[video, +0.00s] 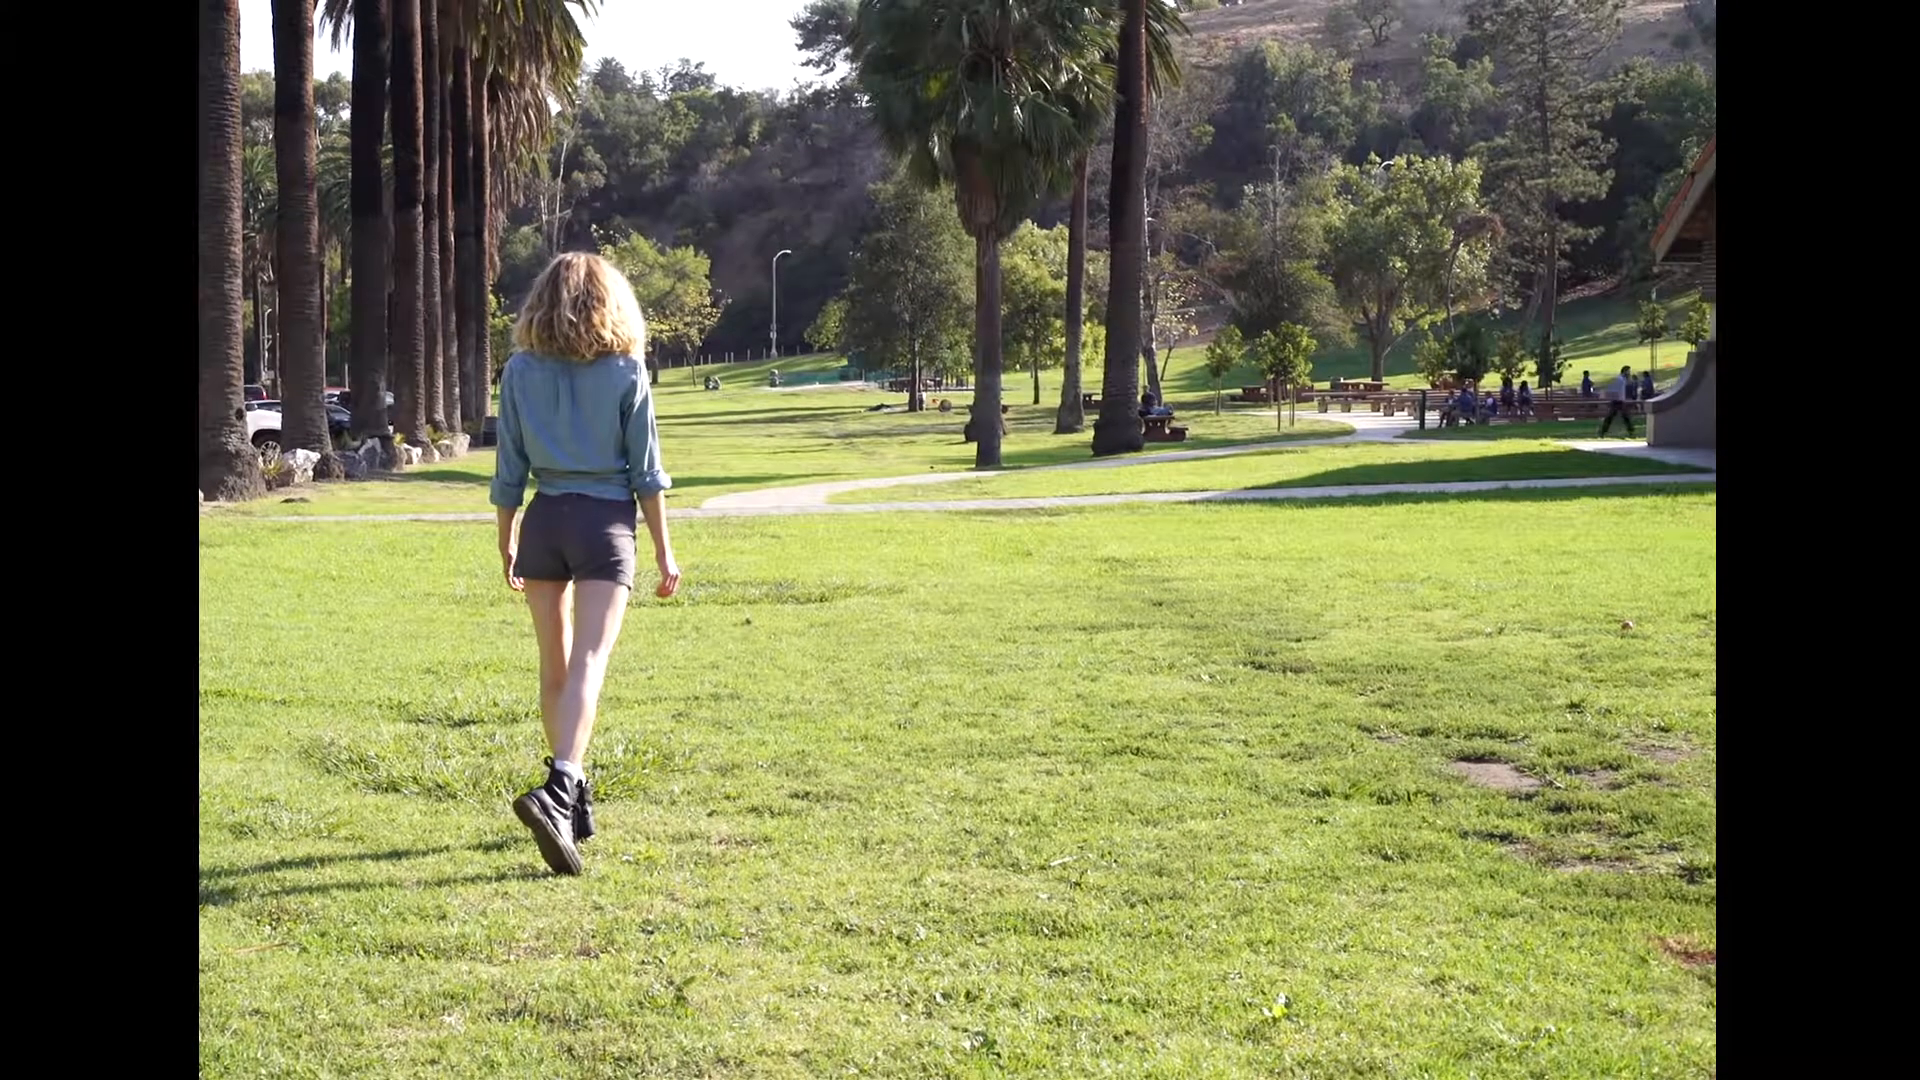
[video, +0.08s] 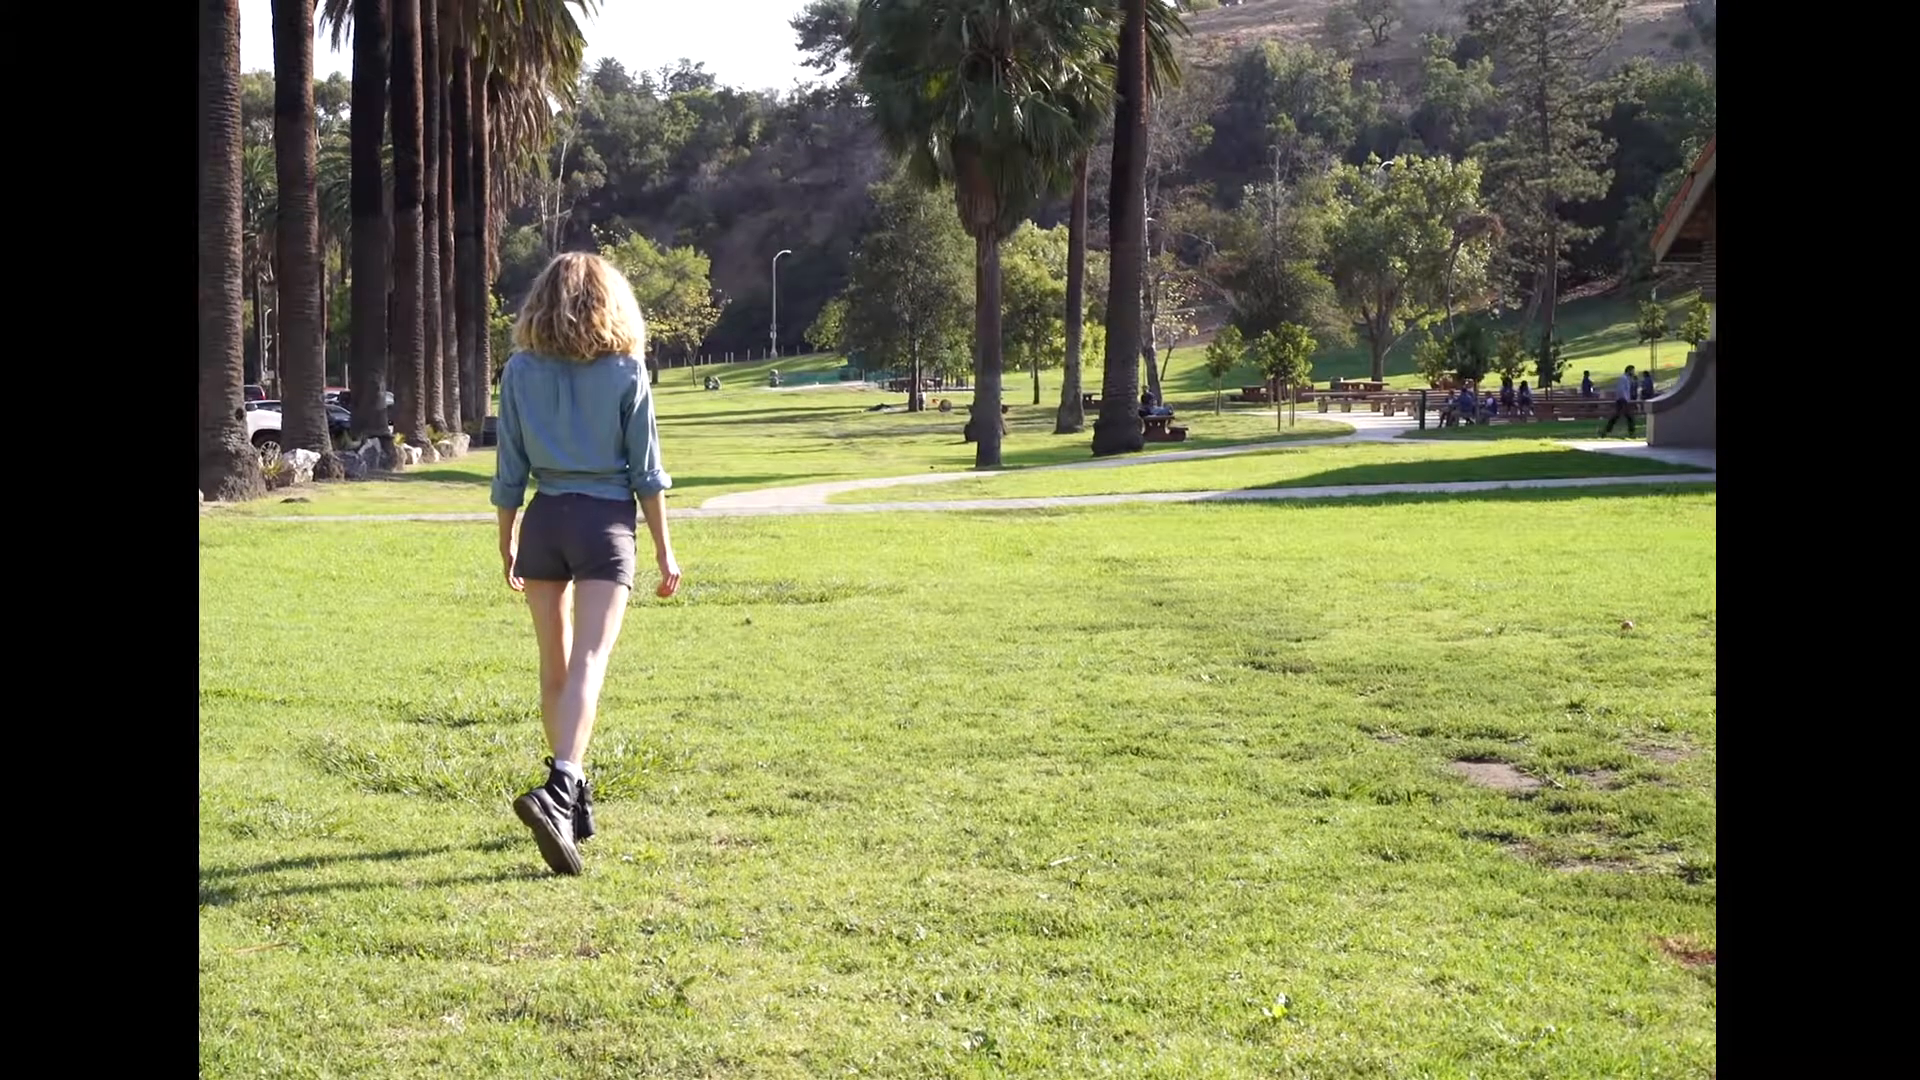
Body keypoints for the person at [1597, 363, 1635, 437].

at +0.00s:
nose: (1629, 373)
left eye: (1629, 371)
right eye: (1628, 371)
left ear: (1623, 371)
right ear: (1625, 371)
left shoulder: (1622, 380)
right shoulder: (1621, 380)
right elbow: (1620, 391)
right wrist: (1622, 399)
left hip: (1617, 400)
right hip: (1619, 400)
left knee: (1610, 416)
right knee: (1625, 416)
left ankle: (1602, 432)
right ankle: (1631, 432)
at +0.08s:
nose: (1633, 372)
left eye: (1633, 371)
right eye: (1632, 370)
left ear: (1628, 370)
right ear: (1629, 371)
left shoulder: (1628, 379)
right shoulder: (1624, 379)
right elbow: (1622, 390)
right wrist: (1626, 399)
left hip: (1625, 400)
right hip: (1622, 400)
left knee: (1616, 416)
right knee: (1630, 416)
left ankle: (1605, 431)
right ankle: (1631, 433)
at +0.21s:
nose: (1637, 371)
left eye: (1637, 369)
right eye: (1636, 369)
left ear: (1632, 369)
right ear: (1633, 369)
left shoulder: (1629, 376)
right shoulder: (1629, 377)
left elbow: (1620, 385)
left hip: (1627, 399)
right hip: (1627, 399)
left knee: (1627, 415)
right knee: (1630, 416)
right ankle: (1632, 433)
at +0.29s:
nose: (1639, 370)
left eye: (1639, 368)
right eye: (1639, 368)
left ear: (1633, 367)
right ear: (1637, 368)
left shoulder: (1629, 375)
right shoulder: (1634, 376)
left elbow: (1626, 386)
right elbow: (1632, 387)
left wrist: (1627, 395)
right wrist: (1630, 396)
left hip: (1627, 398)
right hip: (1631, 399)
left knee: (1630, 417)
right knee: (1632, 417)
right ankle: (1632, 433)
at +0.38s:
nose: (1641, 369)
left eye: (1641, 368)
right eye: (1640, 368)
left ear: (1635, 368)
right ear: (1638, 368)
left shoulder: (1630, 375)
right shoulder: (1634, 376)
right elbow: (1634, 390)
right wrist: (1639, 399)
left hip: (1629, 397)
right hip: (1633, 398)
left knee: (1634, 414)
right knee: (1635, 414)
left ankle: (1631, 430)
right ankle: (1632, 432)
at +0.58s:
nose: (1647, 369)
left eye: (1646, 367)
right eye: (1646, 367)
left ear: (1640, 368)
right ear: (1643, 368)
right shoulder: (1641, 376)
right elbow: (1639, 388)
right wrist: (1642, 396)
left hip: (1633, 397)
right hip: (1638, 397)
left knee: (1635, 414)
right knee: (1636, 414)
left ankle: (1632, 431)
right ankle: (1633, 431)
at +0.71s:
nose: (1650, 369)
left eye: (1650, 367)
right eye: (1650, 368)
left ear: (1643, 367)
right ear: (1648, 368)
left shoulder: (1639, 375)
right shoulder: (1648, 375)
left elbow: (1636, 386)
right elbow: (1649, 386)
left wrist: (1635, 395)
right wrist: (1650, 395)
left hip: (1637, 397)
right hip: (1644, 397)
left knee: (1637, 414)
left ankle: (1633, 432)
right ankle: (1633, 432)